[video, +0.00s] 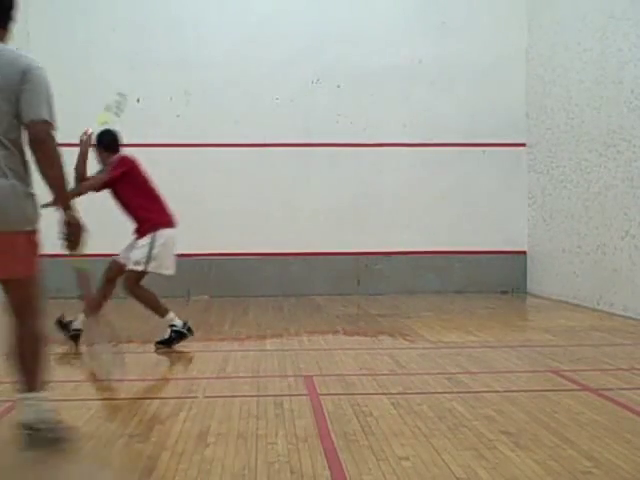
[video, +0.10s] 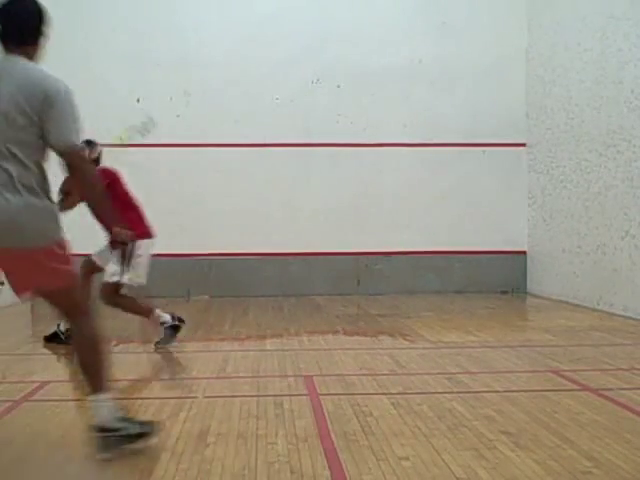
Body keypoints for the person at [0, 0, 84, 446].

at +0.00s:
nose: (11, 21)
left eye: (9, 15)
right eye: (11, 15)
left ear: (6, 22)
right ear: (9, 18)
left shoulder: (22, 69)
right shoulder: (22, 69)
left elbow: (39, 140)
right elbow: (41, 138)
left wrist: (64, 207)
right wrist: (66, 208)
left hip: (13, 217)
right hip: (10, 215)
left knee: (27, 313)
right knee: (26, 312)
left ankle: (33, 407)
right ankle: (33, 407)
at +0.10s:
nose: (46, 39)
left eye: (43, 31)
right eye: (43, 31)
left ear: (4, 32)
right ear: (35, 34)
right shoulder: (42, 86)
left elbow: (73, 160)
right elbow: (79, 164)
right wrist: (112, 226)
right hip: (22, 221)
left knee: (77, 309)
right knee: (79, 310)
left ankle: (105, 413)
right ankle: (105, 414)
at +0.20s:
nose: (85, 55)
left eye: (75, 46)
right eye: (85, 48)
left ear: (45, 49)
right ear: (84, 51)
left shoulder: (13, 96)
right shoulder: (87, 104)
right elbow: (124, 174)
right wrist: (172, 233)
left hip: (5, 232)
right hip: (58, 238)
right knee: (128, 316)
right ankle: (146, 429)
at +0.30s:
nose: (143, 49)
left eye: (135, 41)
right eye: (143, 42)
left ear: (105, 44)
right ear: (141, 46)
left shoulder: (74, 90)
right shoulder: (146, 95)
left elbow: (34, 152)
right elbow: (181, 162)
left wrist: (71, 189)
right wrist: (221, 222)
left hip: (58, 224)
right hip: (116, 227)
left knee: (17, 322)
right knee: (161, 319)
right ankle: (151, 428)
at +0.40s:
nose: (193, 25)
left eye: (183, 18)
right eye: (194, 19)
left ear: (158, 24)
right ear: (195, 25)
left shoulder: (129, 71)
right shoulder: (202, 71)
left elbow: (90, 133)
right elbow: (220, 135)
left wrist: (116, 174)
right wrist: (256, 198)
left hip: (114, 205)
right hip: (172, 208)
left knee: (100, 306)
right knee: (183, 315)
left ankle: (70, 400)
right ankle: (159, 421)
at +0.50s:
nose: (241, 13)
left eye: (230, 9)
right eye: (243, 9)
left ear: (206, 12)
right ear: (242, 12)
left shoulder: (177, 56)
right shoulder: (246, 53)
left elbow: (141, 120)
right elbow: (252, 120)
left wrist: (164, 162)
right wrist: (287, 192)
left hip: (171, 189)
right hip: (221, 192)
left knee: (185, 293)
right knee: (242, 295)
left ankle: (170, 403)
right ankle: (204, 399)